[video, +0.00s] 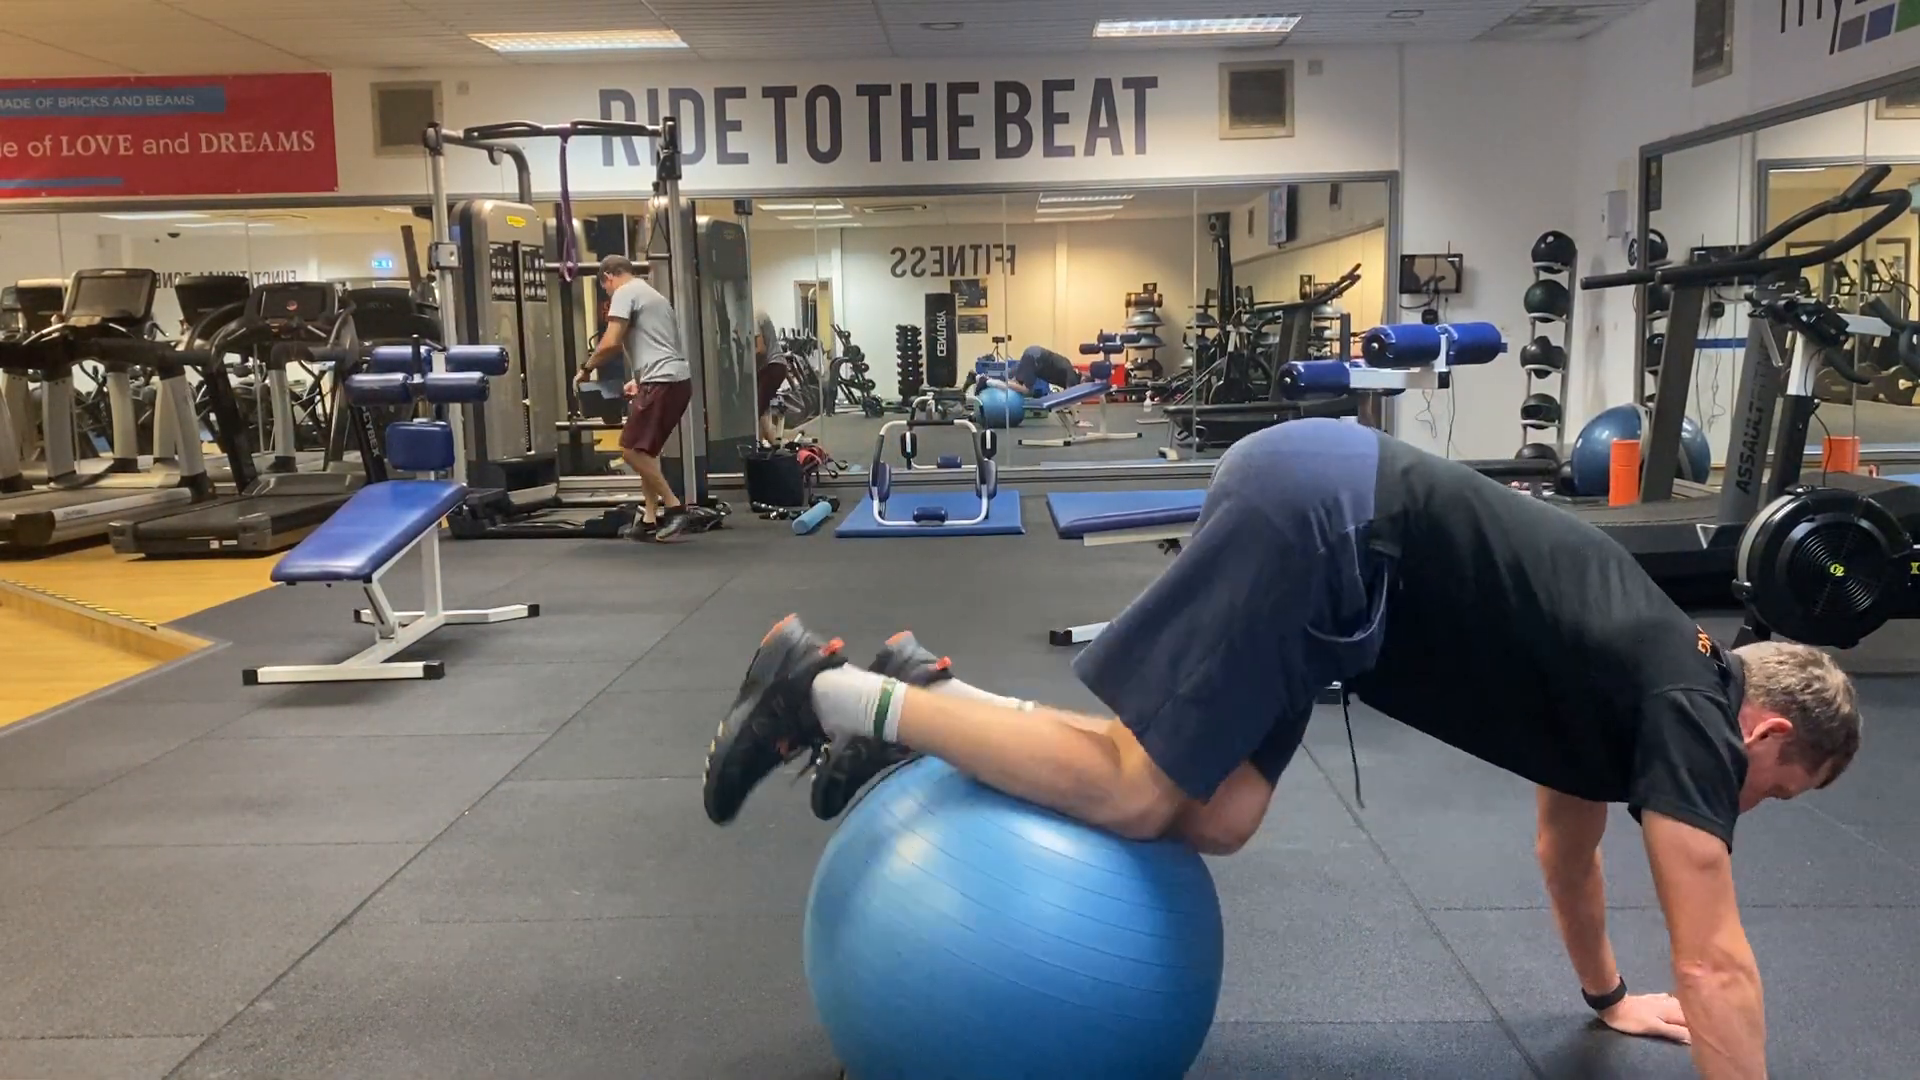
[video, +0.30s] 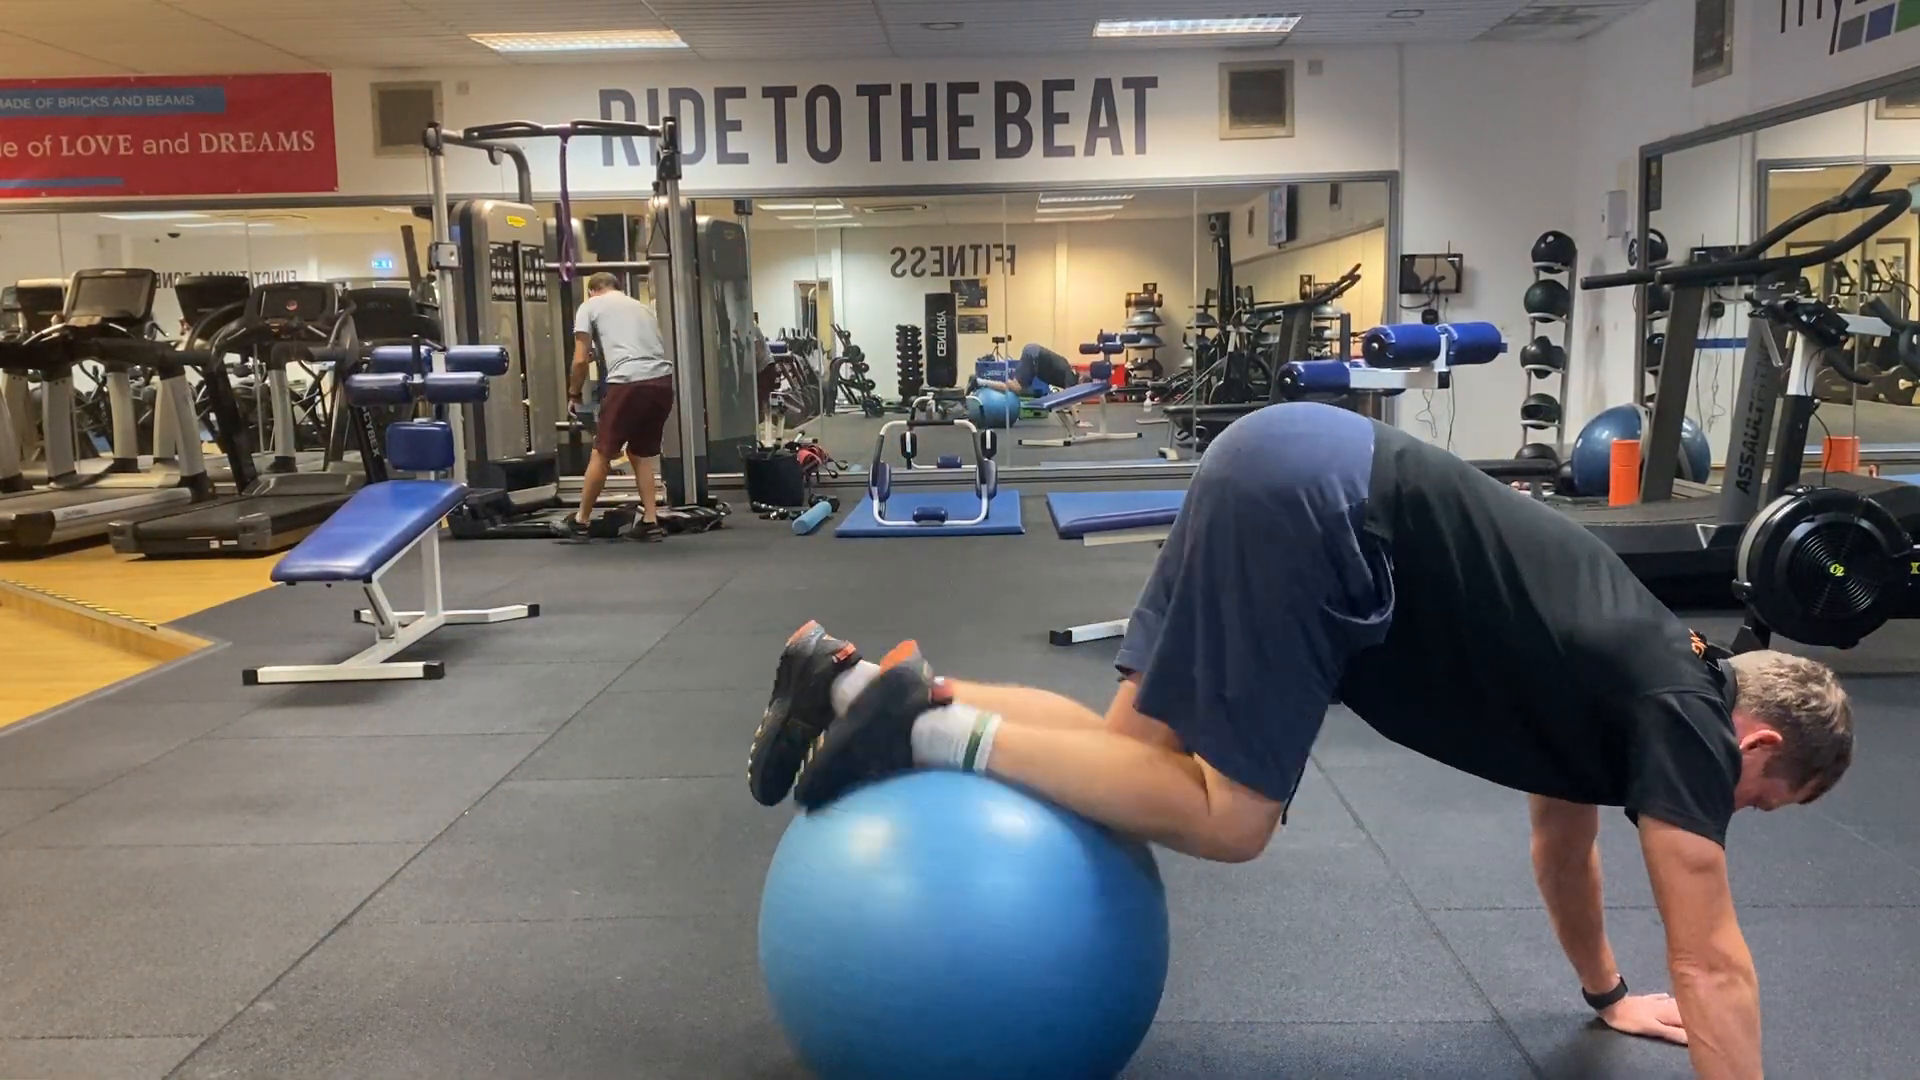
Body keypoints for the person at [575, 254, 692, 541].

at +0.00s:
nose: (606, 290)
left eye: (604, 284)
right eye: (604, 286)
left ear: (610, 276)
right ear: (628, 272)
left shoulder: (625, 292)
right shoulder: (651, 293)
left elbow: (611, 343)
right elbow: (663, 346)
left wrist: (587, 367)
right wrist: (641, 381)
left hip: (661, 380)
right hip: (676, 379)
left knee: (630, 448)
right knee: (647, 451)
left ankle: (675, 508)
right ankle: (649, 519)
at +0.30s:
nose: (589, 300)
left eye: (588, 296)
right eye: (589, 297)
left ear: (593, 292)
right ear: (616, 287)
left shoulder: (590, 306)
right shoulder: (642, 306)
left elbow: (580, 360)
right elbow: (657, 346)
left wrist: (575, 393)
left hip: (627, 384)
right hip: (662, 383)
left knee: (601, 453)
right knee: (641, 453)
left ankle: (581, 519)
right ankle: (650, 520)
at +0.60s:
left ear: (583, 336)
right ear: (608, 335)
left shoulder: (567, 349)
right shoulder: (626, 345)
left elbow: (566, 399)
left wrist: (580, 444)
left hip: (584, 392)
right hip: (625, 388)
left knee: (577, 456)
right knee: (625, 455)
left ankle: (576, 524)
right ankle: (632, 522)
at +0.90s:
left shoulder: (560, 374)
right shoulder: (625, 377)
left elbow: (571, 442)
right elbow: (629, 438)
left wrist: (581, 482)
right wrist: (628, 479)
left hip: (562, 387)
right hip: (606, 385)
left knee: (569, 460)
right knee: (616, 459)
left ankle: (575, 525)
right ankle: (626, 523)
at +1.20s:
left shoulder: (557, 377)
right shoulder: (622, 381)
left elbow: (568, 442)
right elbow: (629, 441)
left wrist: (581, 481)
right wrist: (630, 479)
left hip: (560, 389)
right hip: (604, 388)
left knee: (568, 459)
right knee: (615, 459)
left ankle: (576, 525)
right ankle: (625, 523)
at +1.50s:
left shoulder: (558, 373)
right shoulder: (621, 373)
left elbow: (565, 438)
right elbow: (628, 434)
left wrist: (580, 479)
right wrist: (629, 479)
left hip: (564, 389)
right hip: (606, 385)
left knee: (568, 459)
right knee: (616, 461)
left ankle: (576, 525)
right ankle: (626, 524)